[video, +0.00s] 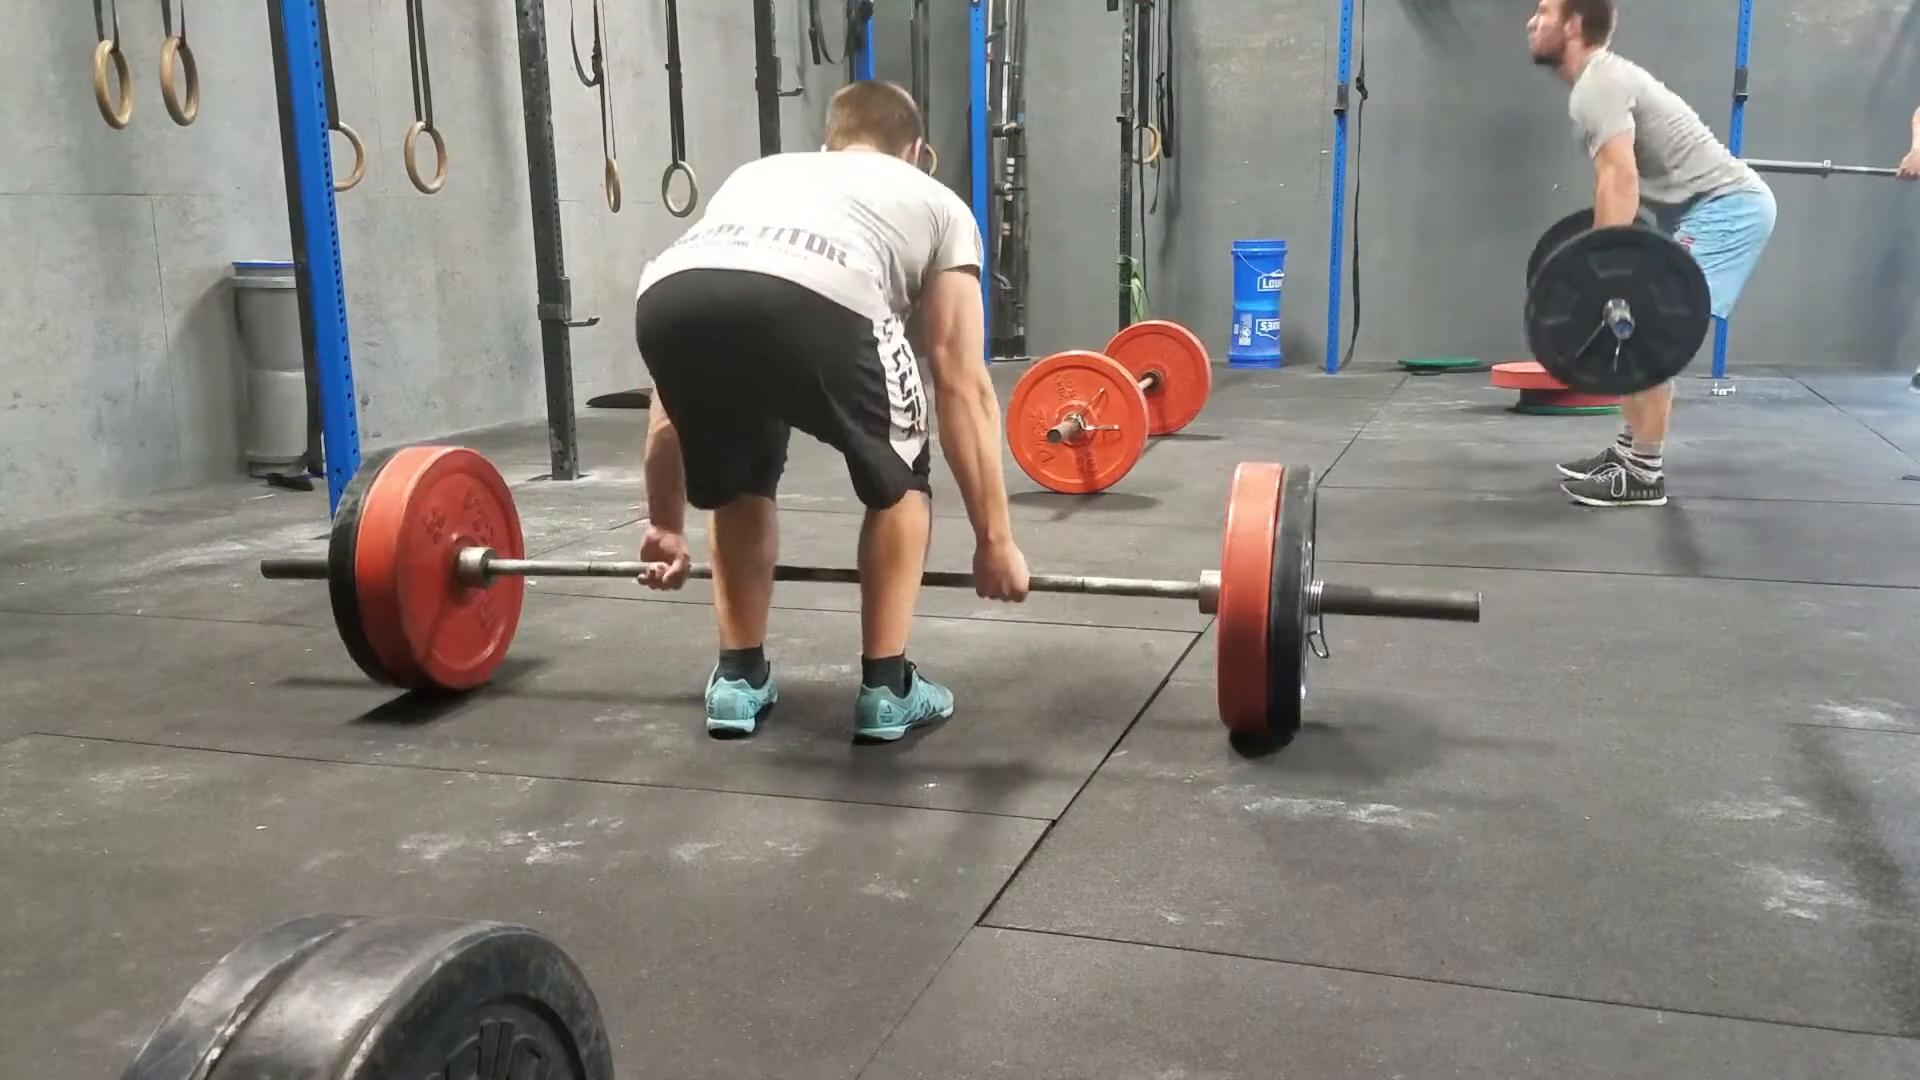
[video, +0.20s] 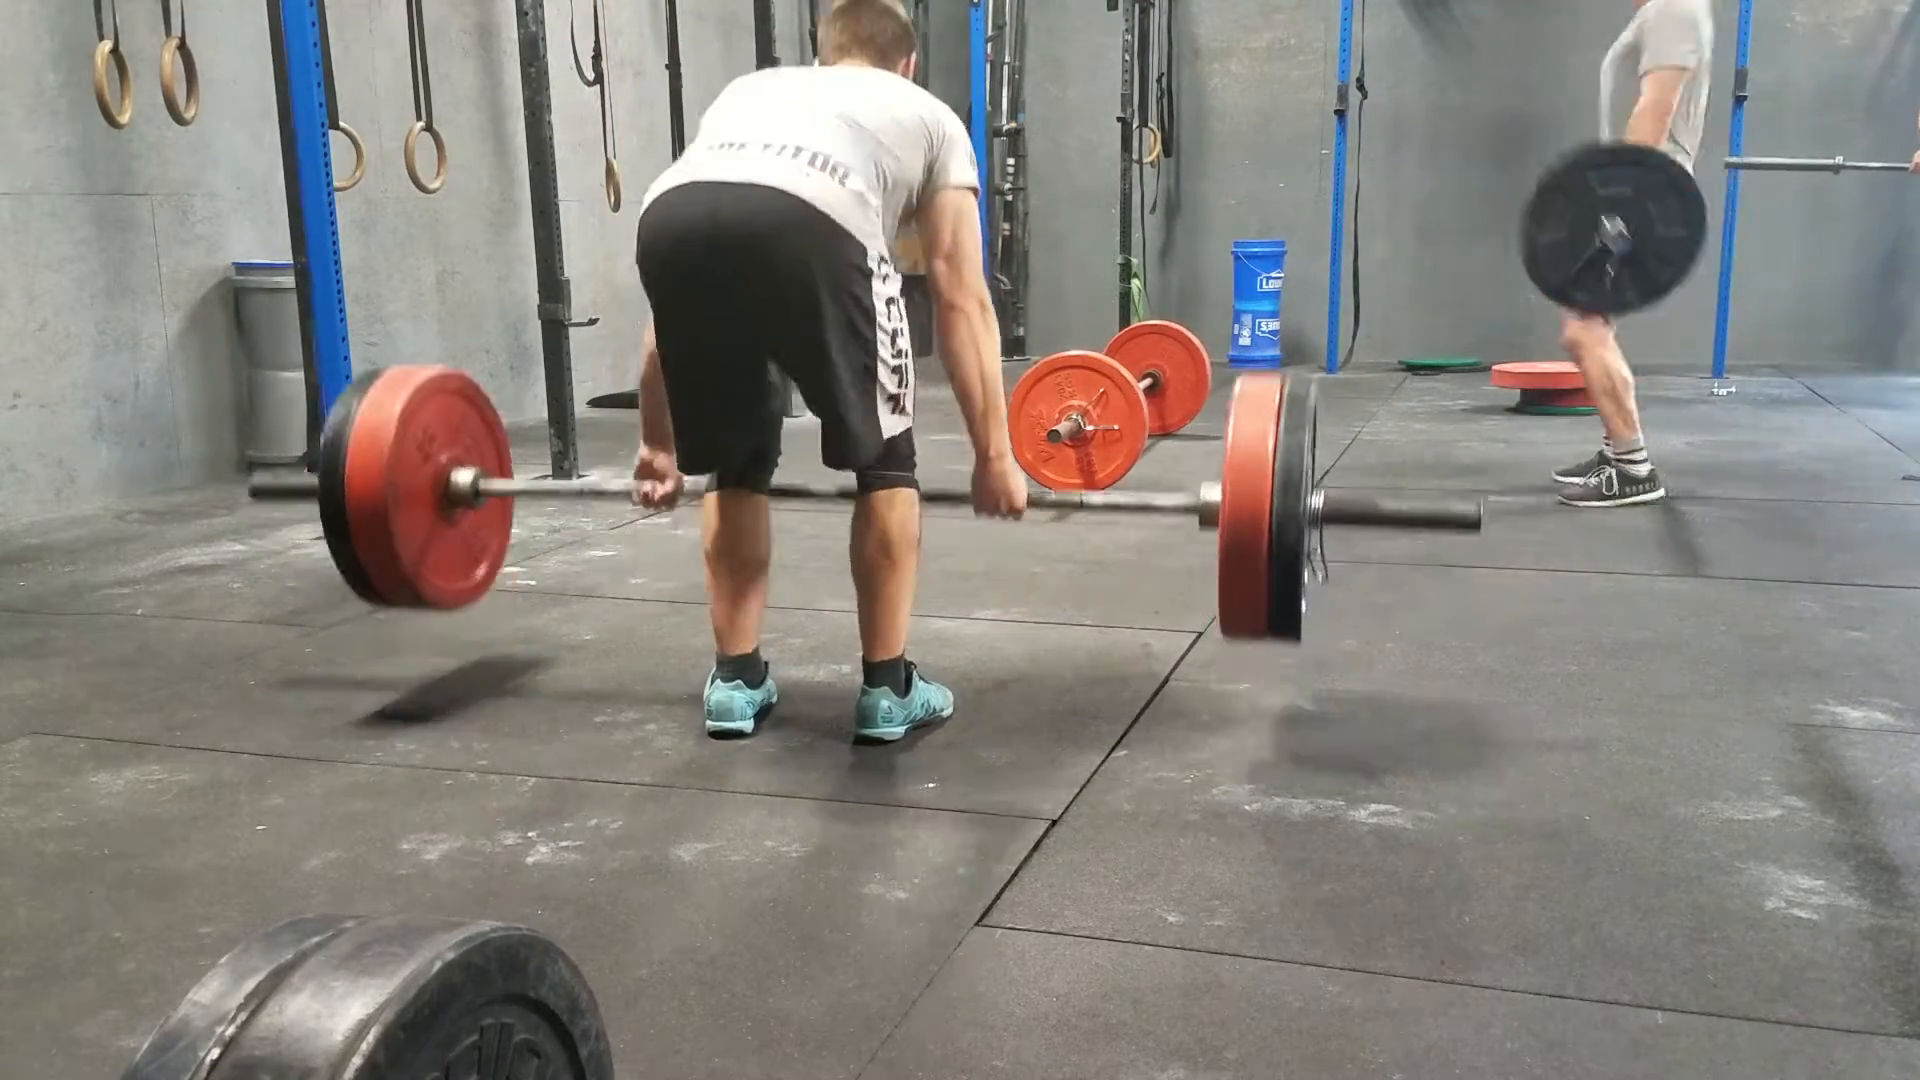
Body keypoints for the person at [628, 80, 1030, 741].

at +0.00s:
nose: (920, 167)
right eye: (922, 159)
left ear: (831, 144)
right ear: (914, 153)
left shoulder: (752, 174)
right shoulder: (938, 204)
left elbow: (670, 408)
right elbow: (960, 385)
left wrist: (663, 524)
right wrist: (995, 538)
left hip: (677, 299)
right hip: (818, 307)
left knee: (739, 480)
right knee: (898, 484)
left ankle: (738, 678)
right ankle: (886, 685)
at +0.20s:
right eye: (918, 73)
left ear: (822, 56)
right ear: (908, 66)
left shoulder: (748, 90)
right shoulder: (931, 117)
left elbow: (671, 296)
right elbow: (959, 295)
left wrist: (657, 442)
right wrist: (994, 453)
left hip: (678, 219)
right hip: (808, 224)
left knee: (735, 467)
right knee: (883, 467)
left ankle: (733, 680)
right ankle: (886, 688)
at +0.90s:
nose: (899, 36)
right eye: (899, 28)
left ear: (806, 21)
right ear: (892, 28)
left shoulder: (727, 64)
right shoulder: (919, 86)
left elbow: (660, 253)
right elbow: (950, 281)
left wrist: (642, 428)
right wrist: (984, 445)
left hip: (680, 219)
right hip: (814, 223)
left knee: (714, 473)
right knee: (883, 462)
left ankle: (730, 682)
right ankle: (884, 687)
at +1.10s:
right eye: (918, 167)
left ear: (823, 146)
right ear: (909, 163)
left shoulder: (745, 171)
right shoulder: (931, 207)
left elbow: (658, 384)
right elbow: (958, 371)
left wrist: (651, 520)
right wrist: (993, 532)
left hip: (685, 274)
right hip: (827, 289)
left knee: (728, 481)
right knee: (901, 476)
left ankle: (736, 675)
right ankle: (886, 682)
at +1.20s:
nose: (916, 125)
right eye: (917, 118)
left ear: (819, 99)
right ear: (906, 111)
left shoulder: (743, 131)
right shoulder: (928, 161)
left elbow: (663, 349)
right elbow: (961, 330)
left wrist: (653, 482)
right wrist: (996, 494)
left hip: (688, 235)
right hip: (823, 247)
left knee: (729, 471)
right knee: (891, 465)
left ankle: (734, 682)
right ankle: (887, 686)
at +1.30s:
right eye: (915, 47)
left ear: (824, 35)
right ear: (906, 43)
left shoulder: (742, 66)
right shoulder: (931, 92)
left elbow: (665, 280)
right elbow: (964, 264)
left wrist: (653, 415)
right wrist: (999, 427)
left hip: (694, 203)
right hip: (823, 214)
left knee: (731, 467)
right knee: (885, 463)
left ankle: (732, 682)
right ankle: (886, 688)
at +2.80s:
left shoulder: (686, 5)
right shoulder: (928, 4)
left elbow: (661, 126)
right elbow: (957, 121)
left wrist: (643, 273)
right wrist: (995, 280)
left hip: (721, 203)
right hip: (846, 202)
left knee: (740, 456)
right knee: (883, 454)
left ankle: (732, 682)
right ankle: (885, 687)